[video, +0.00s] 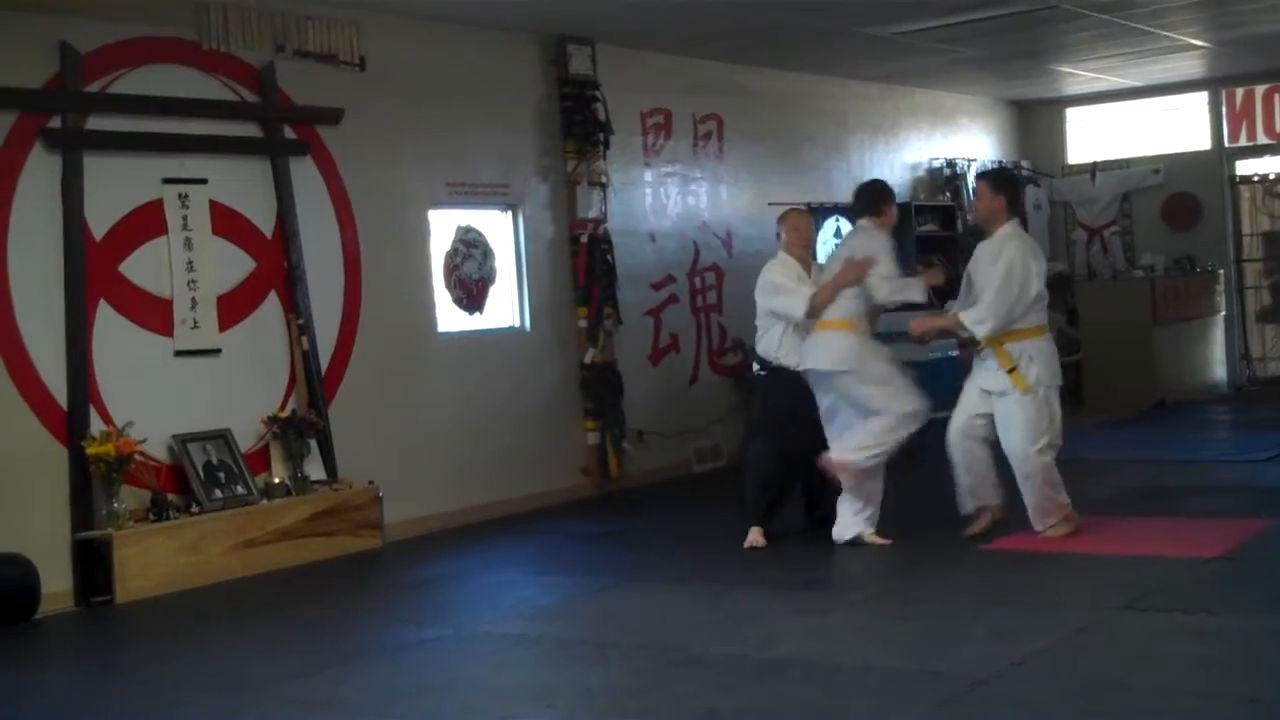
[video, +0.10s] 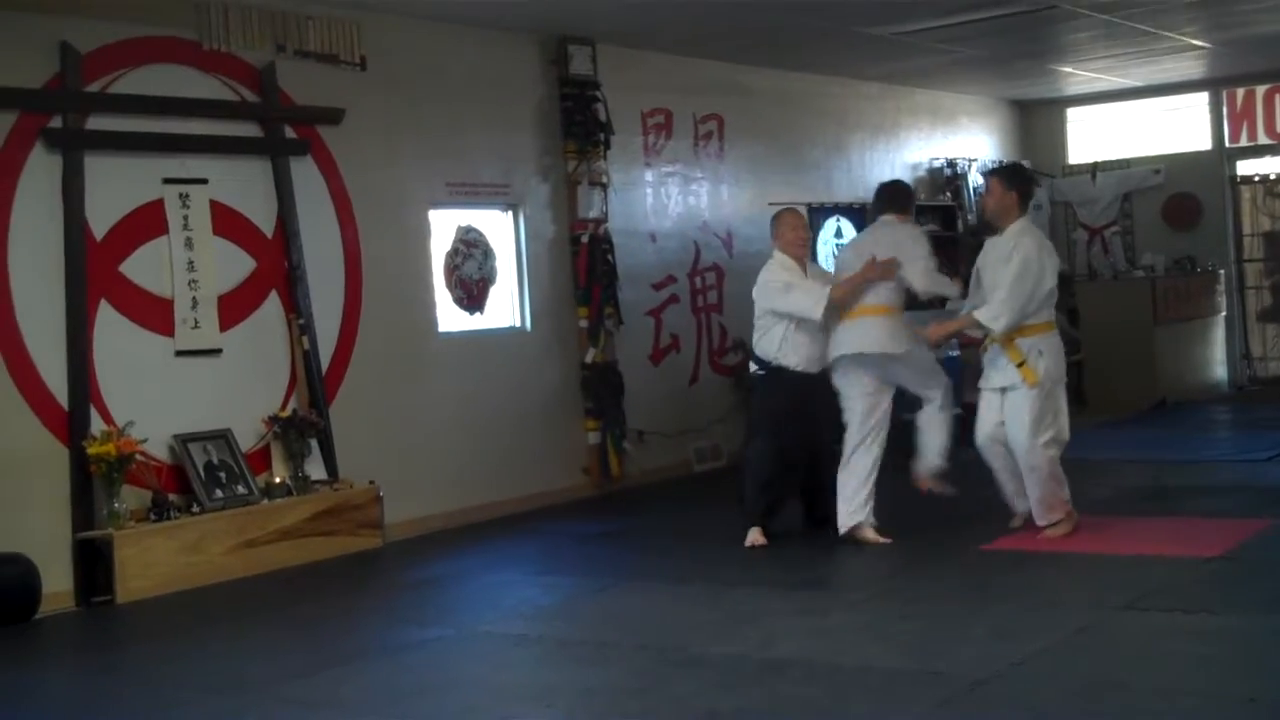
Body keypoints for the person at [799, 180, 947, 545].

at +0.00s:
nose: (895, 214)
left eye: (894, 207)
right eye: (894, 208)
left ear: (859, 211)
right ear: (886, 211)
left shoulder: (845, 244)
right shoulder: (876, 241)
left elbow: (864, 296)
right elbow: (883, 291)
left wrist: (914, 281)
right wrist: (925, 283)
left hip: (817, 351)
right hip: (846, 348)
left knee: (850, 441)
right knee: (910, 407)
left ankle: (853, 524)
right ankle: (844, 458)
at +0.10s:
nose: (912, 215)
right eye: (912, 209)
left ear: (875, 209)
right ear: (909, 208)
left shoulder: (851, 245)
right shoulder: (908, 235)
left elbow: (839, 297)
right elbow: (922, 283)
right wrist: (956, 289)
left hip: (847, 344)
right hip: (887, 340)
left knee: (863, 432)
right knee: (937, 389)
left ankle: (855, 519)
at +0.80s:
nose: (911, 217)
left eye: (918, 210)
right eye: (909, 211)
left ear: (937, 211)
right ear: (911, 213)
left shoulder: (954, 242)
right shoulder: (935, 245)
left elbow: (969, 292)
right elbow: (927, 297)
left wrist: (963, 341)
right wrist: (904, 339)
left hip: (968, 338)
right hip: (975, 338)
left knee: (952, 419)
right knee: (993, 415)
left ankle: (985, 484)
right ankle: (1052, 458)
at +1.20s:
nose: (955, 208)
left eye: (961, 201)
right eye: (949, 202)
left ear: (974, 203)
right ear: (945, 207)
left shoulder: (996, 235)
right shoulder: (948, 249)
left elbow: (1006, 287)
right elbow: (947, 297)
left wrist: (1002, 338)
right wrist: (949, 341)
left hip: (994, 328)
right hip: (970, 330)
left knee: (976, 401)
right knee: (994, 398)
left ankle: (987, 477)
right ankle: (1013, 464)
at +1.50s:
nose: (966, 202)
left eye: (972, 195)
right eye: (960, 197)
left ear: (983, 197)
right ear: (953, 201)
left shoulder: (1006, 233)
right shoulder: (950, 245)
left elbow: (1022, 286)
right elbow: (950, 297)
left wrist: (1020, 334)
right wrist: (960, 344)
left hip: (999, 322)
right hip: (969, 324)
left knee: (992, 399)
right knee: (985, 401)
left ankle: (990, 476)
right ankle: (1015, 464)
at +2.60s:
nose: (916, 202)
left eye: (923, 196)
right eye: (911, 197)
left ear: (938, 200)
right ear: (906, 202)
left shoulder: (957, 238)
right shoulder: (902, 246)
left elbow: (970, 293)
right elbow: (898, 300)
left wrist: (968, 343)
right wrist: (897, 346)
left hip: (952, 333)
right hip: (915, 333)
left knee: (965, 411)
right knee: (899, 406)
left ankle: (984, 479)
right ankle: (881, 481)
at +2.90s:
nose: (851, 210)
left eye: (858, 203)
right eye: (846, 204)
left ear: (872, 206)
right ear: (842, 209)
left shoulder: (895, 246)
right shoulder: (847, 257)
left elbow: (913, 298)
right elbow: (849, 310)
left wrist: (911, 343)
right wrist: (850, 351)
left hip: (893, 345)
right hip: (857, 348)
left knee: (922, 416)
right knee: (850, 422)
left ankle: (969, 463)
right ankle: (851, 497)